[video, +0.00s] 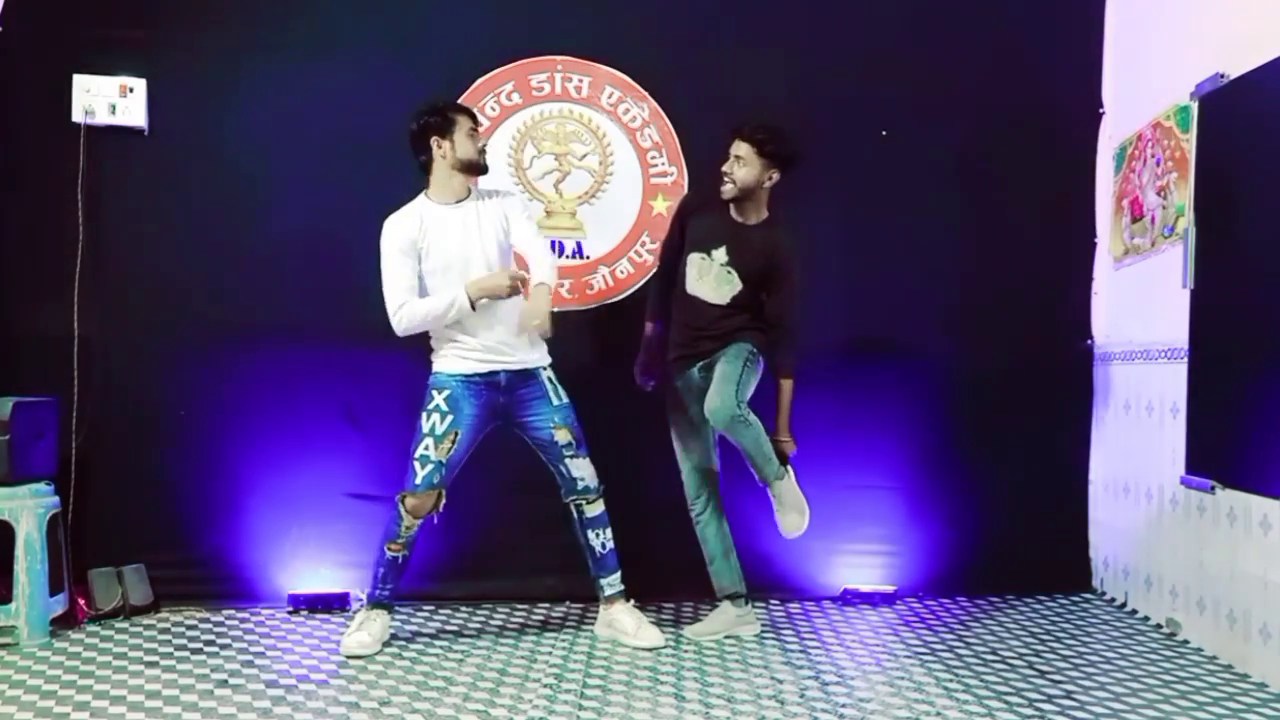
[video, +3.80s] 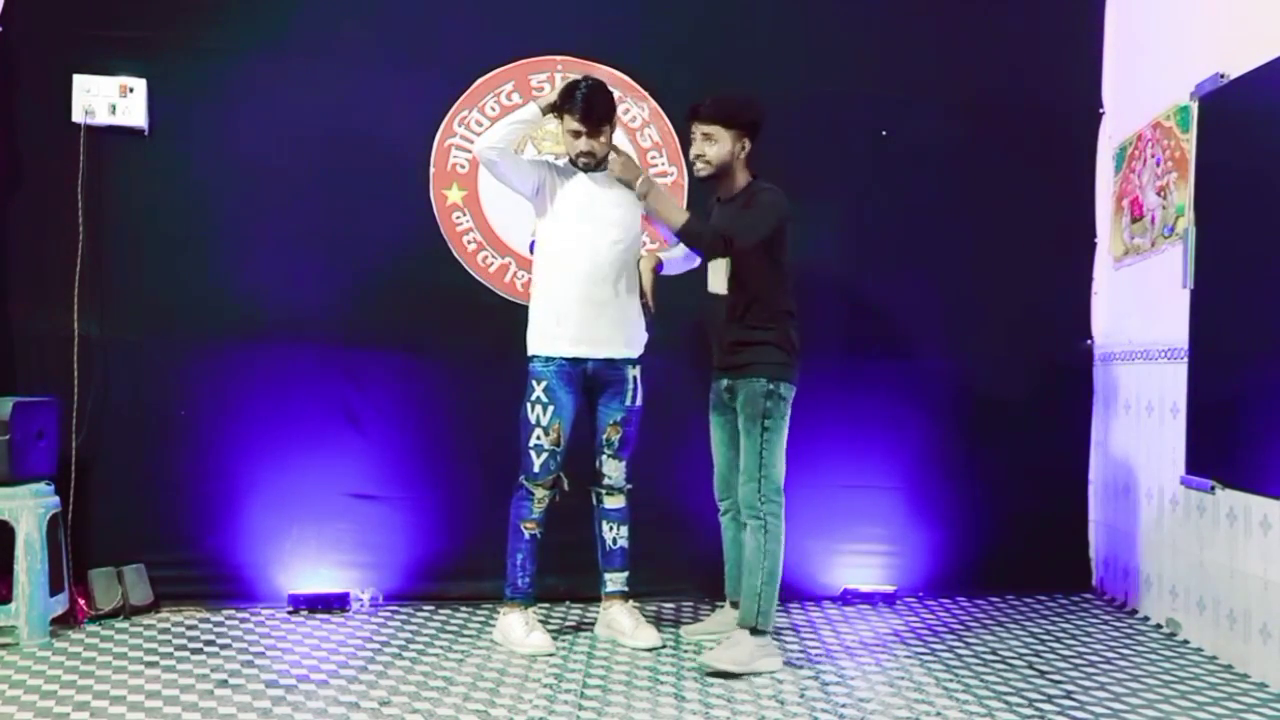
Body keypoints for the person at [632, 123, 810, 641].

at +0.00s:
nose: (727, 168)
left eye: (740, 162)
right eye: (728, 158)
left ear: (770, 177)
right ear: (727, 164)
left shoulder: (776, 245)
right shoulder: (695, 212)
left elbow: (786, 339)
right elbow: (662, 277)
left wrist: (783, 424)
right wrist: (650, 346)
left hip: (737, 348)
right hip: (685, 360)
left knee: (721, 408)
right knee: (700, 491)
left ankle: (778, 480)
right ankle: (735, 604)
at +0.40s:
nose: (746, 168)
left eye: (758, 163)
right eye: (747, 158)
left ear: (789, 176)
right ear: (745, 162)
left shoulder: (792, 251)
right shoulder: (712, 207)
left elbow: (796, 339)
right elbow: (662, 266)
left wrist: (786, 421)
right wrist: (644, 335)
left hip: (746, 363)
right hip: (688, 367)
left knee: (753, 443)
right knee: (704, 496)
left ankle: (779, 543)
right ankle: (731, 605)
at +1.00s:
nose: (734, 144)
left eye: (742, 133)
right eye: (735, 133)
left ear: (774, 139)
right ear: (764, 141)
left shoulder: (823, 213)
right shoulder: (741, 209)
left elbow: (855, 311)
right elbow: (737, 300)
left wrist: (840, 398)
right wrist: (720, 368)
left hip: (795, 379)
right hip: (735, 376)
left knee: (799, 505)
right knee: (728, 498)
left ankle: (802, 623)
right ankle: (737, 607)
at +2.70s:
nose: (725, 138)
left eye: (735, 129)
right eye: (727, 130)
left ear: (770, 137)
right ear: (752, 140)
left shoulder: (808, 202)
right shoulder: (728, 209)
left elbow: (873, 268)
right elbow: (702, 270)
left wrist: (804, 313)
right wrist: (712, 316)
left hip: (784, 372)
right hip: (730, 372)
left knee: (797, 503)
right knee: (738, 498)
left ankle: (802, 623)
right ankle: (742, 609)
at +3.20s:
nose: (714, 142)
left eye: (725, 132)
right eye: (716, 132)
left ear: (759, 139)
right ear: (745, 142)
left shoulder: (796, 202)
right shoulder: (721, 211)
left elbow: (825, 279)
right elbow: (711, 281)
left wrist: (748, 302)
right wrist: (711, 317)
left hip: (777, 377)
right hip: (724, 378)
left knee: (790, 503)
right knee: (733, 499)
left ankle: (802, 622)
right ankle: (741, 609)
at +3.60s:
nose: (702, 145)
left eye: (712, 136)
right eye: (702, 136)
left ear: (747, 143)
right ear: (724, 146)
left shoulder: (773, 206)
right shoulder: (724, 209)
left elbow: (739, 286)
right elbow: (713, 278)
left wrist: (672, 257)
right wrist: (665, 254)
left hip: (762, 370)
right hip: (722, 371)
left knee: (752, 487)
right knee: (726, 493)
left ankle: (797, 615)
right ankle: (741, 610)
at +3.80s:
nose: (697, 150)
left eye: (709, 139)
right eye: (693, 140)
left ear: (742, 145)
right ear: (696, 146)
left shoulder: (766, 199)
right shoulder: (713, 208)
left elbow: (713, 236)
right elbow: (672, 239)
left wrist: (645, 187)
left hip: (764, 371)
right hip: (727, 371)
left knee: (762, 499)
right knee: (730, 498)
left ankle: (759, 634)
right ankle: (738, 609)